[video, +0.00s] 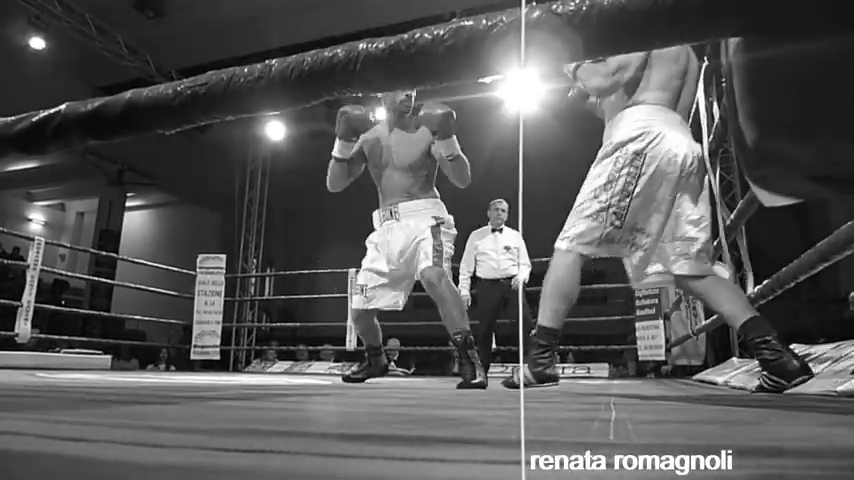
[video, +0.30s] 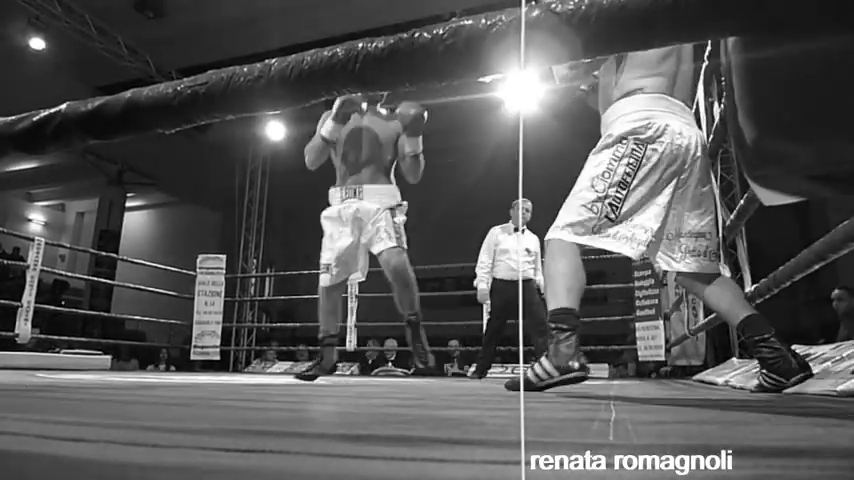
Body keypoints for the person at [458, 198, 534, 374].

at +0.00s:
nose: (499, 214)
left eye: (503, 211)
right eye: (496, 210)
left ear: (507, 215)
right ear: (488, 213)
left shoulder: (515, 236)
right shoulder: (476, 236)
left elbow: (525, 263)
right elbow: (466, 267)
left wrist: (521, 277)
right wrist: (464, 291)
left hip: (511, 284)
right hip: (486, 284)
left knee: (525, 321)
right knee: (484, 329)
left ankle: (531, 365)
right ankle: (481, 370)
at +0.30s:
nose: (524, 213)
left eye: (527, 211)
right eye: (521, 210)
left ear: (530, 216)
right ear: (512, 211)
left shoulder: (533, 239)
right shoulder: (496, 233)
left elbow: (537, 267)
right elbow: (484, 261)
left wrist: (540, 286)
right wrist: (482, 285)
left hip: (527, 284)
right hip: (503, 283)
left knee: (539, 321)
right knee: (495, 325)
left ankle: (544, 364)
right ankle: (481, 367)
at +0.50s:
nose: (544, 206)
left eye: (547, 202)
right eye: (540, 202)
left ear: (551, 206)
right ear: (530, 205)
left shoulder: (551, 227)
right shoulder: (517, 225)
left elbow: (556, 256)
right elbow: (506, 255)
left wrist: (555, 280)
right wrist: (504, 281)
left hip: (544, 276)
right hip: (523, 275)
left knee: (549, 318)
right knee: (519, 320)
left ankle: (549, 360)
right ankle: (496, 358)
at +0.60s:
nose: (547, 201)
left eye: (551, 197)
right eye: (544, 197)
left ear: (556, 201)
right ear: (538, 200)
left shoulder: (559, 223)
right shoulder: (525, 222)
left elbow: (569, 251)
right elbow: (516, 253)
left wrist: (582, 272)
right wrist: (516, 279)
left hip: (554, 270)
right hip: (532, 270)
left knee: (554, 311)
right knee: (535, 313)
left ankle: (551, 355)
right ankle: (529, 357)